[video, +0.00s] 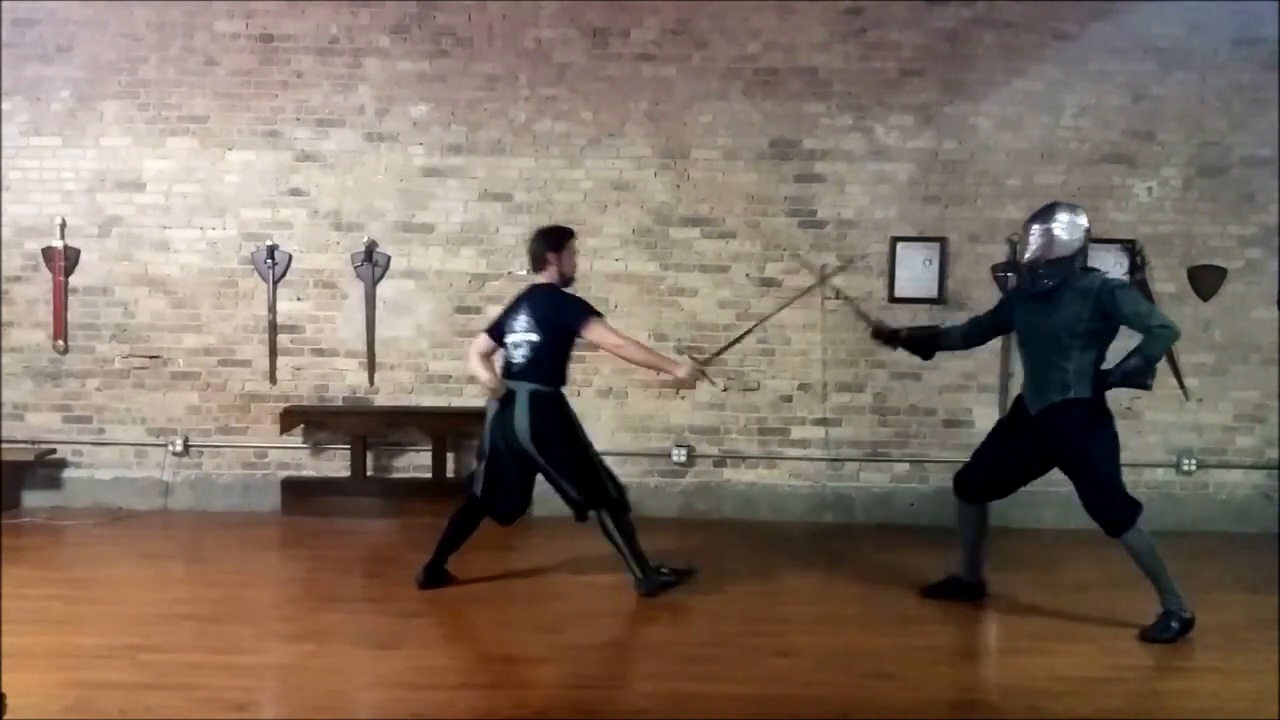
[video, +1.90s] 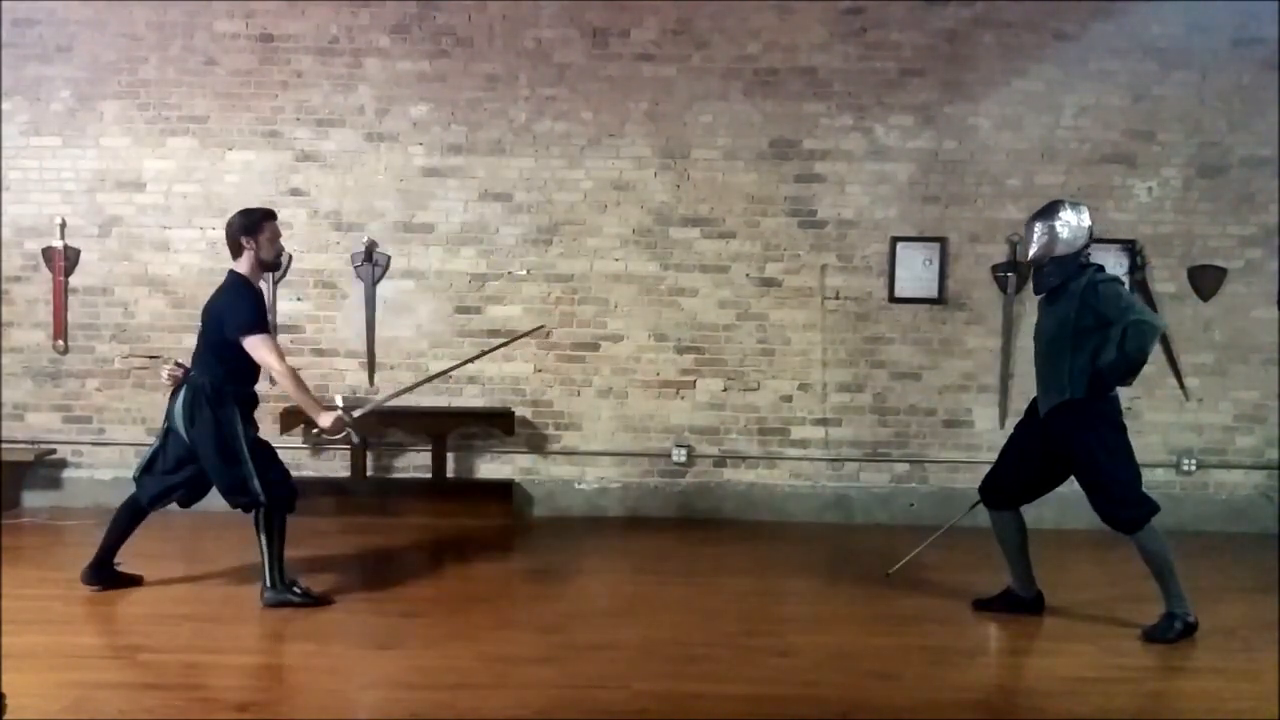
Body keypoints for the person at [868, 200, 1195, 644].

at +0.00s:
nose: (1029, 253)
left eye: (1040, 245)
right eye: (1029, 243)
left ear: (1065, 247)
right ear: (1032, 244)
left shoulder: (1101, 290)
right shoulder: (1022, 298)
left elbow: (1163, 330)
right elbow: (968, 334)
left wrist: (1120, 373)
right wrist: (902, 338)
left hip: (1082, 418)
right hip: (1030, 418)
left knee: (1113, 511)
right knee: (970, 487)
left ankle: (1176, 608)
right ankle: (969, 579)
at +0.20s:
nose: (1061, 240)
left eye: (1072, 229)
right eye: (1060, 229)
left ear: (1096, 233)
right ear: (1063, 234)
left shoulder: (1126, 283)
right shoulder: (1053, 295)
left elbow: (1181, 325)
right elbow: (1010, 331)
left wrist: (1134, 372)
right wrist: (968, 341)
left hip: (1107, 413)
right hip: (1060, 415)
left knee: (1130, 512)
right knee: (1004, 490)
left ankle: (1179, 611)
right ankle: (1026, 592)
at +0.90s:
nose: (1064, 235)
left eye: (1074, 225)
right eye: (1065, 225)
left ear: (1099, 227)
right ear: (1072, 229)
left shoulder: (1135, 278)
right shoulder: (1063, 294)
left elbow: (1195, 320)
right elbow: (1033, 353)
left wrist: (1148, 368)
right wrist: (991, 398)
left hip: (1116, 411)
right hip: (1068, 412)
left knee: (1141, 508)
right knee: (1019, 492)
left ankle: (1180, 612)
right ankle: (1025, 592)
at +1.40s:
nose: (1045, 247)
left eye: (1053, 236)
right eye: (1044, 236)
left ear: (1077, 237)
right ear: (1064, 237)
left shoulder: (1105, 282)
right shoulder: (1064, 286)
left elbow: (1154, 321)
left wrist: (1115, 375)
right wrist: (1059, 388)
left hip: (1098, 416)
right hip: (1058, 414)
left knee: (1132, 511)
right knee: (1003, 492)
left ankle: (1180, 611)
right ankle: (1023, 591)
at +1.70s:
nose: (1035, 245)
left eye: (1042, 235)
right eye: (1035, 235)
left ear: (1067, 237)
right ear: (1059, 239)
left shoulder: (1094, 284)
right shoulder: (1058, 287)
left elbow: (1143, 324)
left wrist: (1106, 378)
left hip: (1091, 417)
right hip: (1051, 415)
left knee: (1127, 512)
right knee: (998, 493)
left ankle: (1179, 612)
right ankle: (1023, 591)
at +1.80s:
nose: (1033, 246)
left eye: (1040, 236)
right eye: (1033, 236)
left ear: (1064, 238)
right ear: (1061, 240)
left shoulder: (1095, 283)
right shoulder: (1057, 286)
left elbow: (1143, 324)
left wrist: (1108, 376)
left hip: (1092, 416)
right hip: (1050, 414)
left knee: (1128, 511)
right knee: (998, 492)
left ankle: (1179, 612)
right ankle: (1023, 591)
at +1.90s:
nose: (1033, 248)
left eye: (1040, 237)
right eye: (1032, 238)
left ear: (1064, 239)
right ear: (1060, 241)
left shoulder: (1095, 284)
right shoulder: (1057, 288)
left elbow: (1144, 323)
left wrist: (1110, 375)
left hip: (1092, 416)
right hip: (1050, 414)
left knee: (1129, 512)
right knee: (998, 492)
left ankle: (1180, 612)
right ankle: (1023, 591)